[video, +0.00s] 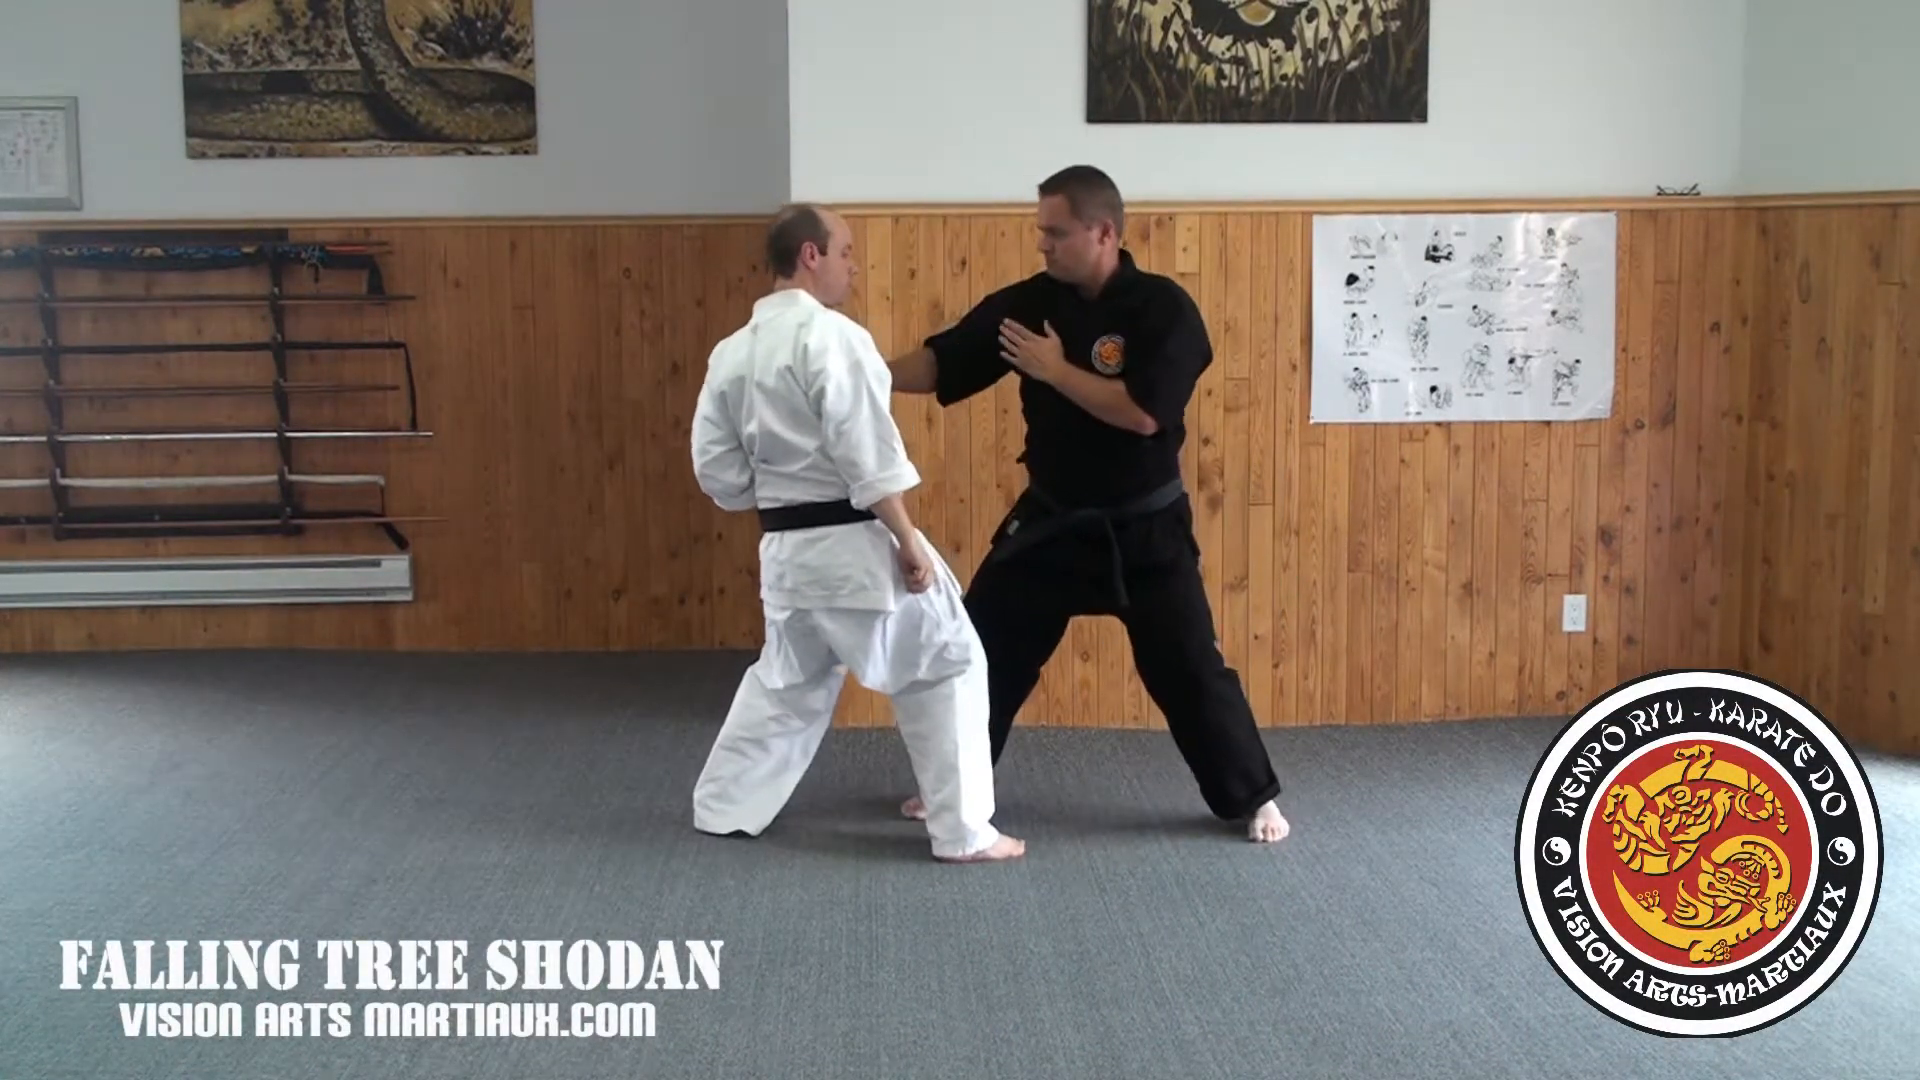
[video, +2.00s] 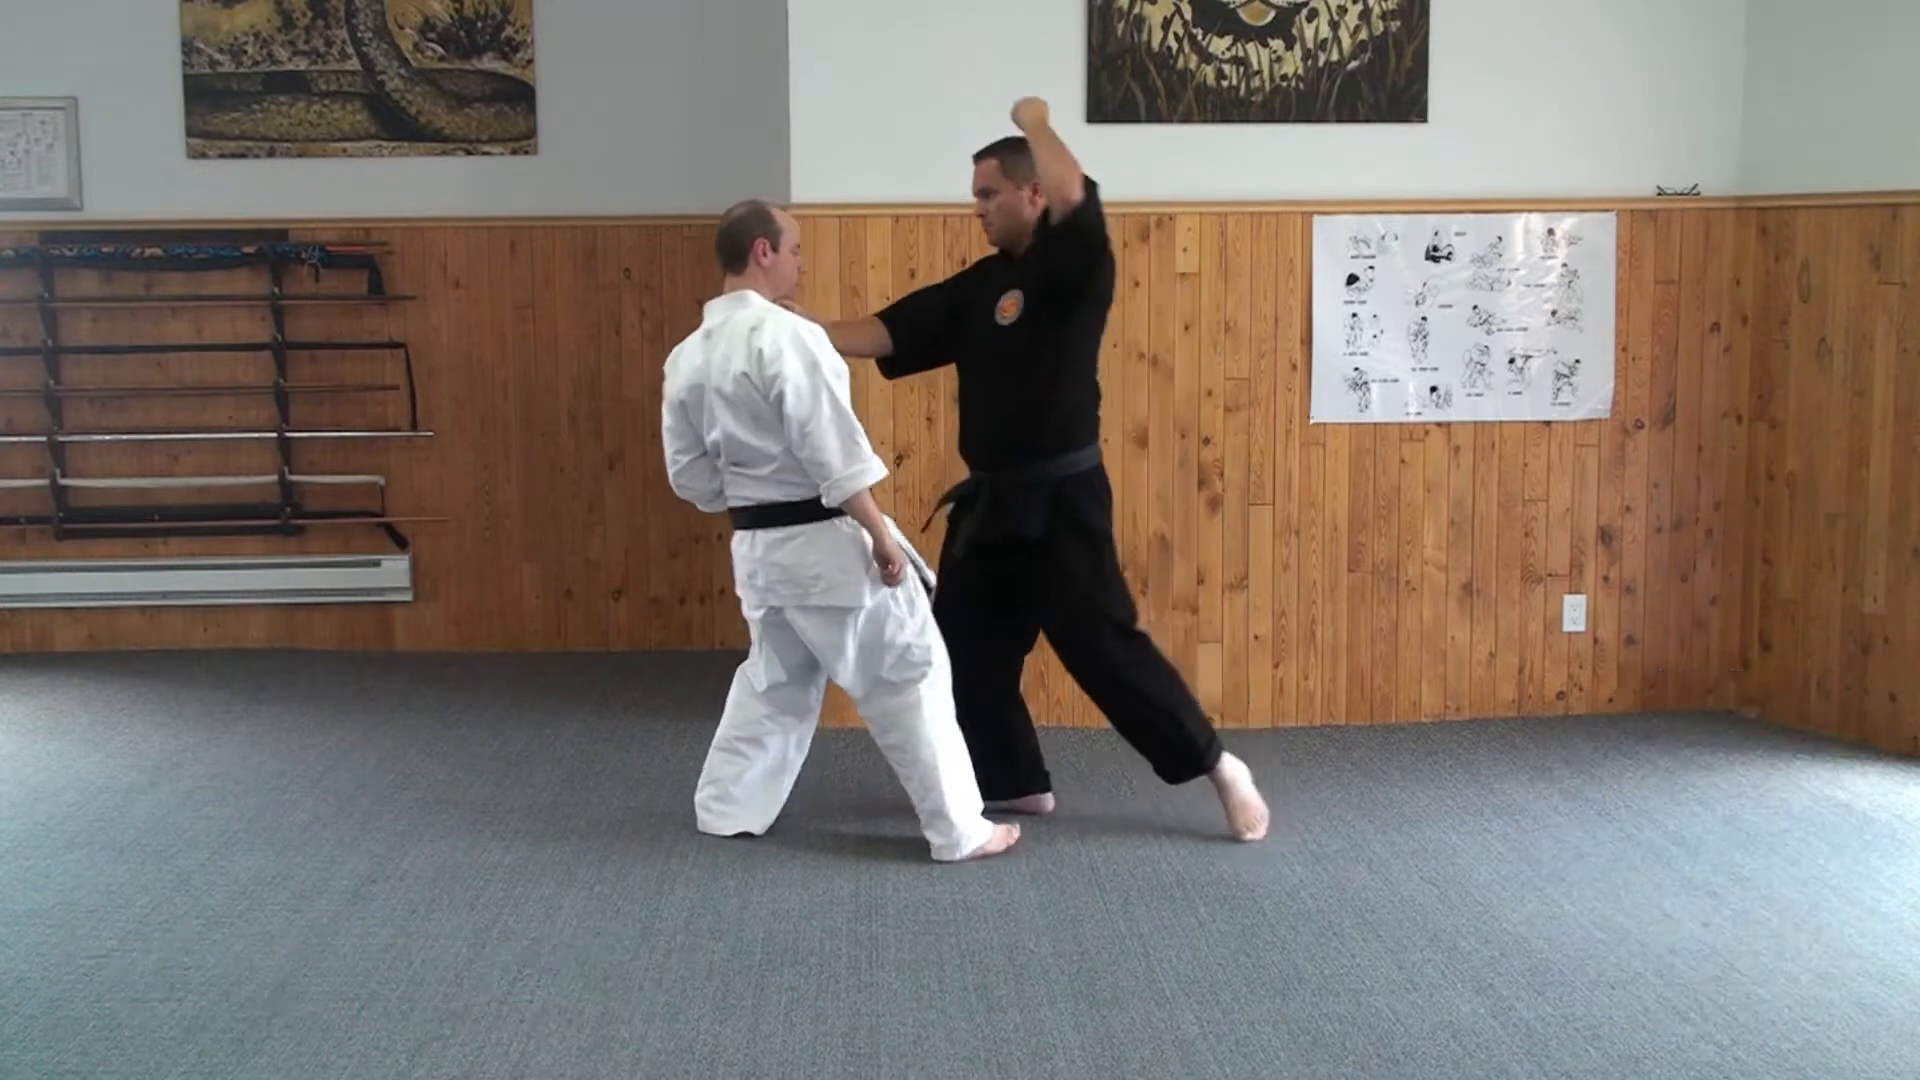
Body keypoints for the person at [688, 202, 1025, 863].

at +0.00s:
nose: (852, 270)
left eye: (851, 256)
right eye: (845, 256)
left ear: (786, 262)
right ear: (810, 258)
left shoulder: (730, 353)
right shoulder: (833, 337)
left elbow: (720, 474)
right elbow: (865, 448)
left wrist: (786, 501)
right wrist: (907, 536)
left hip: (784, 553)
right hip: (859, 548)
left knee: (787, 678)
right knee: (949, 664)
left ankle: (721, 807)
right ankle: (964, 830)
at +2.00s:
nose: (802, 265)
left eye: (800, 251)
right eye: (795, 251)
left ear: (743, 258)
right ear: (762, 254)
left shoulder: (686, 358)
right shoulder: (791, 337)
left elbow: (690, 476)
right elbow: (832, 450)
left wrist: (754, 506)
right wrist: (879, 532)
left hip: (756, 548)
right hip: (831, 542)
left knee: (775, 676)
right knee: (908, 677)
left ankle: (723, 810)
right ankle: (958, 828)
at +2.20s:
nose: (760, 263)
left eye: (758, 250)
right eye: (754, 250)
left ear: (699, 254)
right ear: (725, 250)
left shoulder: (640, 349)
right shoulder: (746, 332)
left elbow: (630, 466)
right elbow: (798, 440)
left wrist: (693, 496)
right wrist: (860, 518)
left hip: (691, 551)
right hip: (769, 549)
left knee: (735, 682)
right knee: (843, 679)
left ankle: (726, 812)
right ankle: (914, 823)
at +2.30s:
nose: (743, 259)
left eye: (741, 244)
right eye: (736, 244)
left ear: (684, 246)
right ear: (705, 244)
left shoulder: (622, 336)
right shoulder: (718, 328)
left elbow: (601, 461)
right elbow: (768, 444)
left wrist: (664, 492)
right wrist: (827, 526)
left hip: (663, 550)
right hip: (734, 549)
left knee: (721, 675)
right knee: (829, 651)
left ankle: (724, 807)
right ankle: (815, 810)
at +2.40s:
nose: (722, 251)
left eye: (721, 236)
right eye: (717, 235)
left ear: (658, 239)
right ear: (685, 236)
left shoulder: (602, 326)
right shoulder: (704, 323)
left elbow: (574, 438)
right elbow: (737, 442)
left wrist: (600, 501)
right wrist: (788, 524)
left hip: (639, 536)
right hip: (714, 536)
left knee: (688, 671)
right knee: (770, 666)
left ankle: (720, 805)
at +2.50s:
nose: (714, 248)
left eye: (712, 232)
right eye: (707, 232)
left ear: (653, 235)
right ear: (674, 233)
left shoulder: (588, 320)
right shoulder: (688, 321)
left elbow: (547, 423)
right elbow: (710, 446)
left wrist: (533, 506)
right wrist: (755, 531)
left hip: (612, 535)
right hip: (679, 538)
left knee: (692, 674)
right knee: (681, 683)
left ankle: (715, 807)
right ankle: (601, 820)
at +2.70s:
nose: (694, 243)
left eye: (694, 227)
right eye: (689, 227)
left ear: (626, 231)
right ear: (655, 229)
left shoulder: (565, 303)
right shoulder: (658, 317)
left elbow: (513, 403)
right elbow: (652, 446)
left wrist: (485, 487)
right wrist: (683, 543)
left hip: (563, 525)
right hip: (626, 531)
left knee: (632, 670)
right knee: (643, 685)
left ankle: (662, 804)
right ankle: (600, 839)